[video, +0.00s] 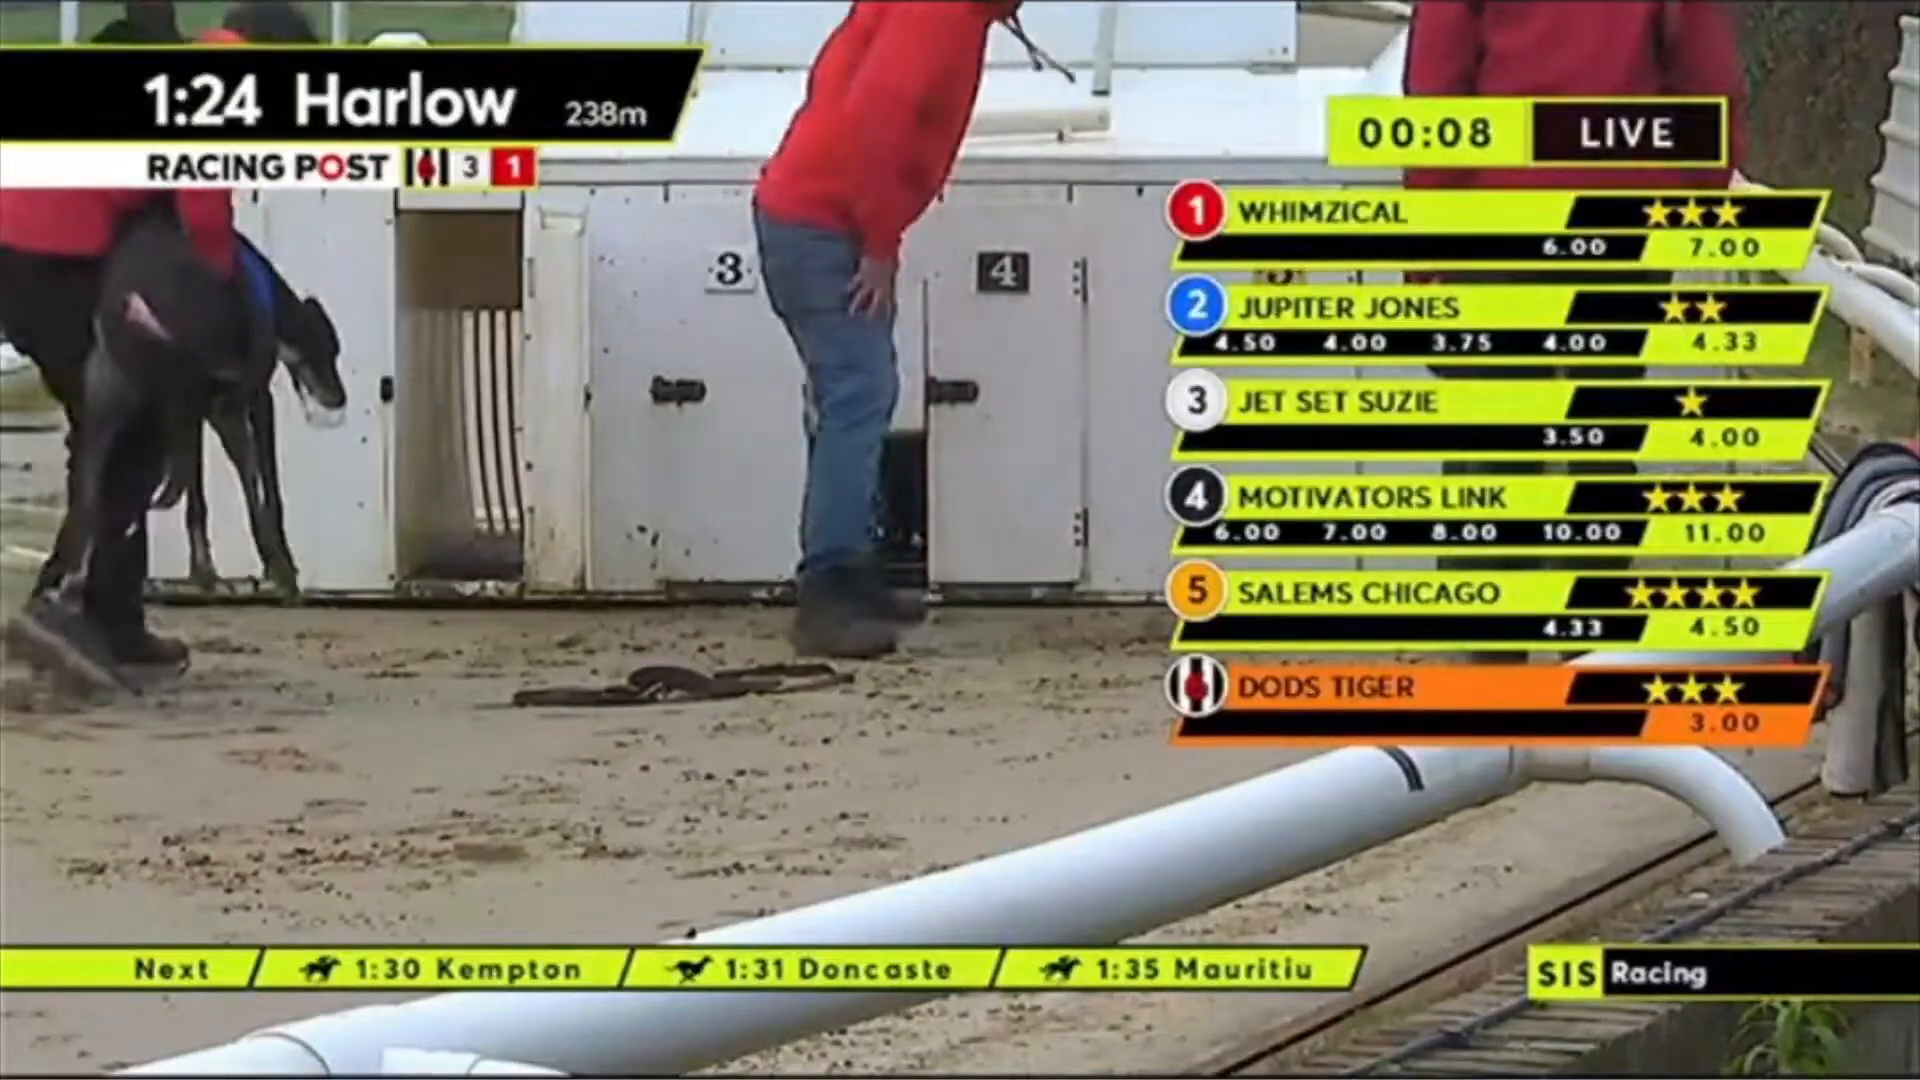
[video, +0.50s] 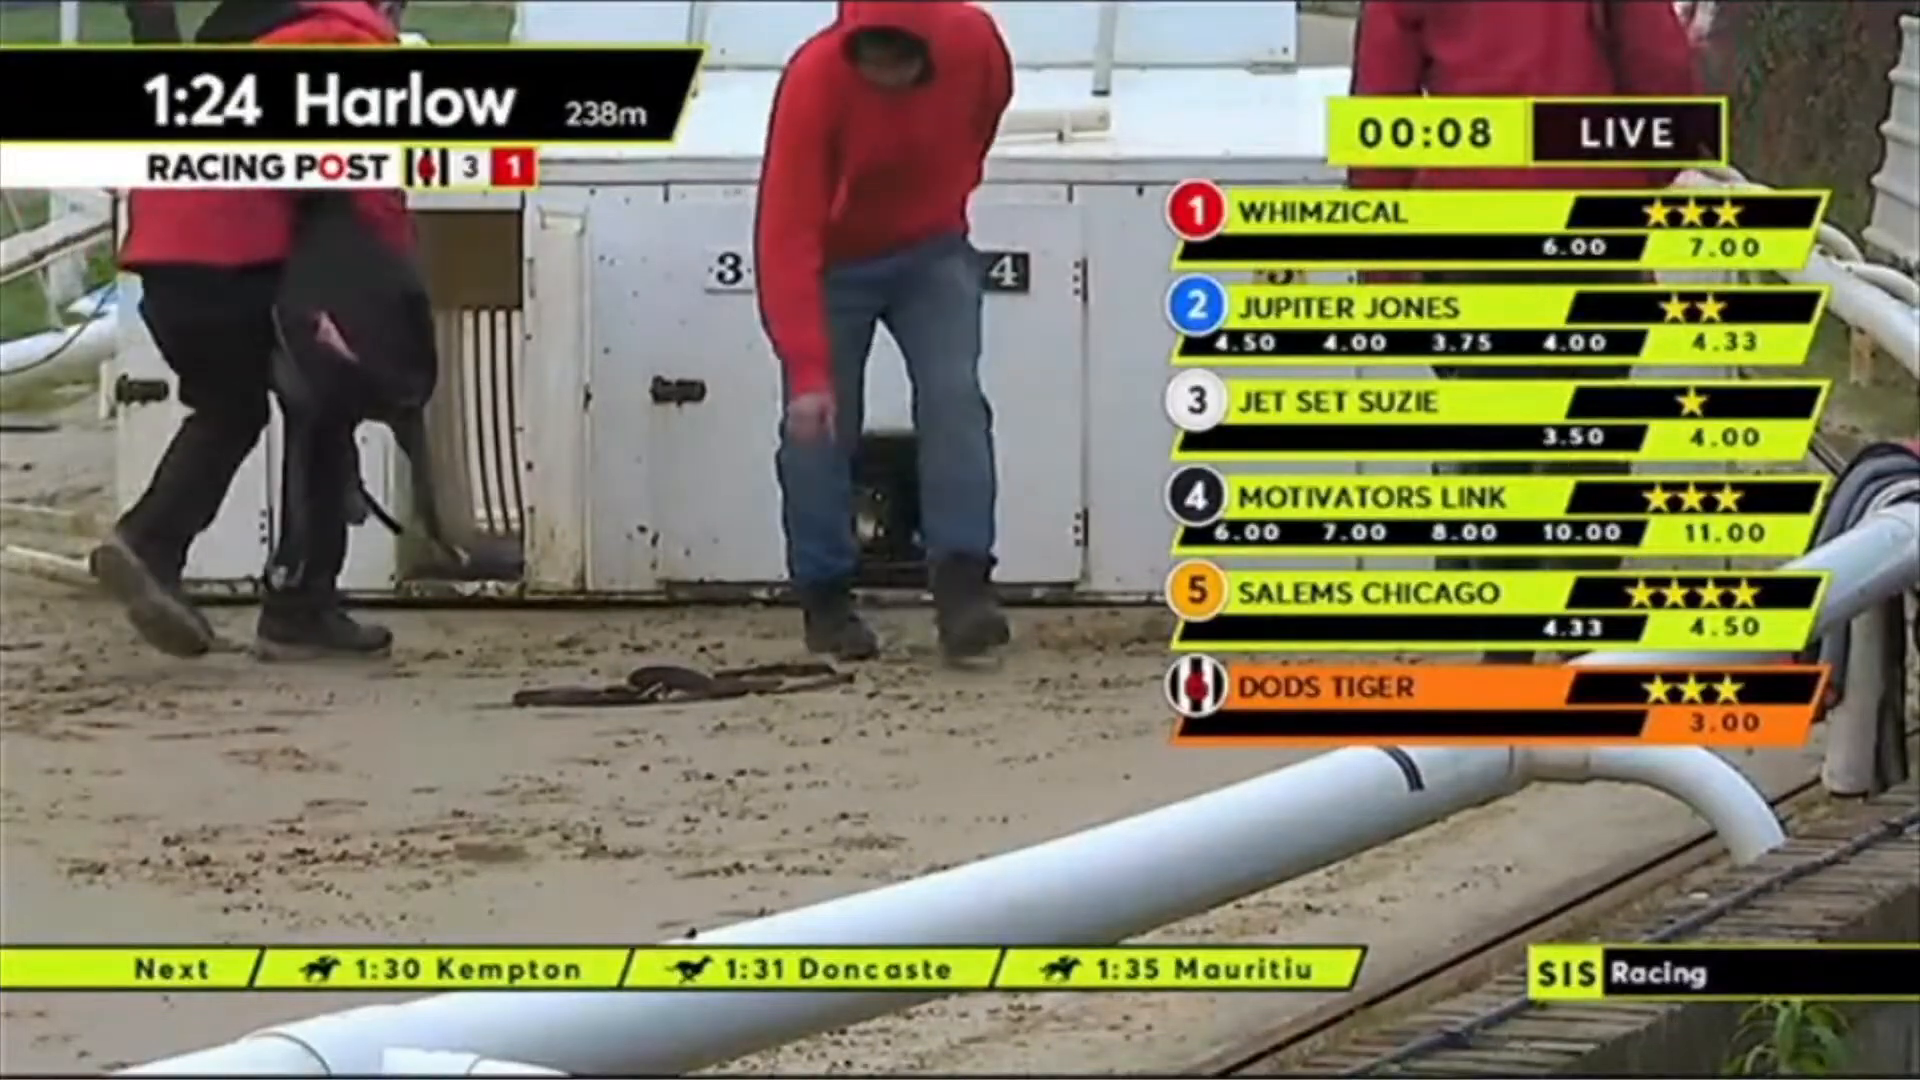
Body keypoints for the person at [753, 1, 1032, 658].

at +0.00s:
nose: (1015, 12)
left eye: (1015, 11)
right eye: (1014, 7)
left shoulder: (919, 12)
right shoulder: (945, 13)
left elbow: (830, 78)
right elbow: (882, 109)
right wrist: (881, 242)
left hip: (808, 217)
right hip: (821, 223)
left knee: (849, 394)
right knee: (862, 392)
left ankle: (843, 581)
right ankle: (831, 595)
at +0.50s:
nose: (886, 66)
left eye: (901, 52)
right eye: (871, 50)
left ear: (928, 38)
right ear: (851, 36)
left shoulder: (974, 41)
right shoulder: (815, 77)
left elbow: (980, 131)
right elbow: (787, 234)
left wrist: (938, 211)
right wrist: (806, 372)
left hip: (932, 259)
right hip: (830, 271)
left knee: (952, 395)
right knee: (817, 419)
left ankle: (963, 587)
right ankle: (826, 602)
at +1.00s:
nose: (862, 364)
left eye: (876, 344)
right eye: (845, 346)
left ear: (907, 315)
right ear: (824, 318)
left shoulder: (996, 249)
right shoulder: (827, 312)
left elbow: (1093, 318)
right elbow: (791, 451)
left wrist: (1116, 430)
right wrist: (757, 617)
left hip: (1015, 313)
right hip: (918, 330)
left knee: (986, 440)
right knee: (872, 470)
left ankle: (972, 615)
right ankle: (901, 580)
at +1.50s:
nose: (905, 196)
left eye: (917, 181)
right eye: (890, 188)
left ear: (939, 142)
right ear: (861, 159)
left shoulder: (1003, 151)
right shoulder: (829, 176)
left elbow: (1054, 273)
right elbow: (802, 267)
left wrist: (976, 360)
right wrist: (799, 320)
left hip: (1011, 288)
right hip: (907, 290)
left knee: (1001, 448)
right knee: (881, 443)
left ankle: (985, 619)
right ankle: (907, 564)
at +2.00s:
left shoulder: (1057, 18)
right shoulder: (877, 16)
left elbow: (1085, 153)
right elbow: (778, 104)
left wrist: (963, 181)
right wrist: (772, 16)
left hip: (1038, 278)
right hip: (922, 276)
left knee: (1027, 468)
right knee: (918, 467)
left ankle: (999, 595)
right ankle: (923, 665)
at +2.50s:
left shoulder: (1208, 14)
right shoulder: (1004, 13)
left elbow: (1247, 138)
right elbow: (900, 90)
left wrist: (1183, 140)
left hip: (1152, 290)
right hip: (1030, 289)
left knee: (1143, 497)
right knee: (1001, 479)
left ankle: (1109, 696)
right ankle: (969, 613)